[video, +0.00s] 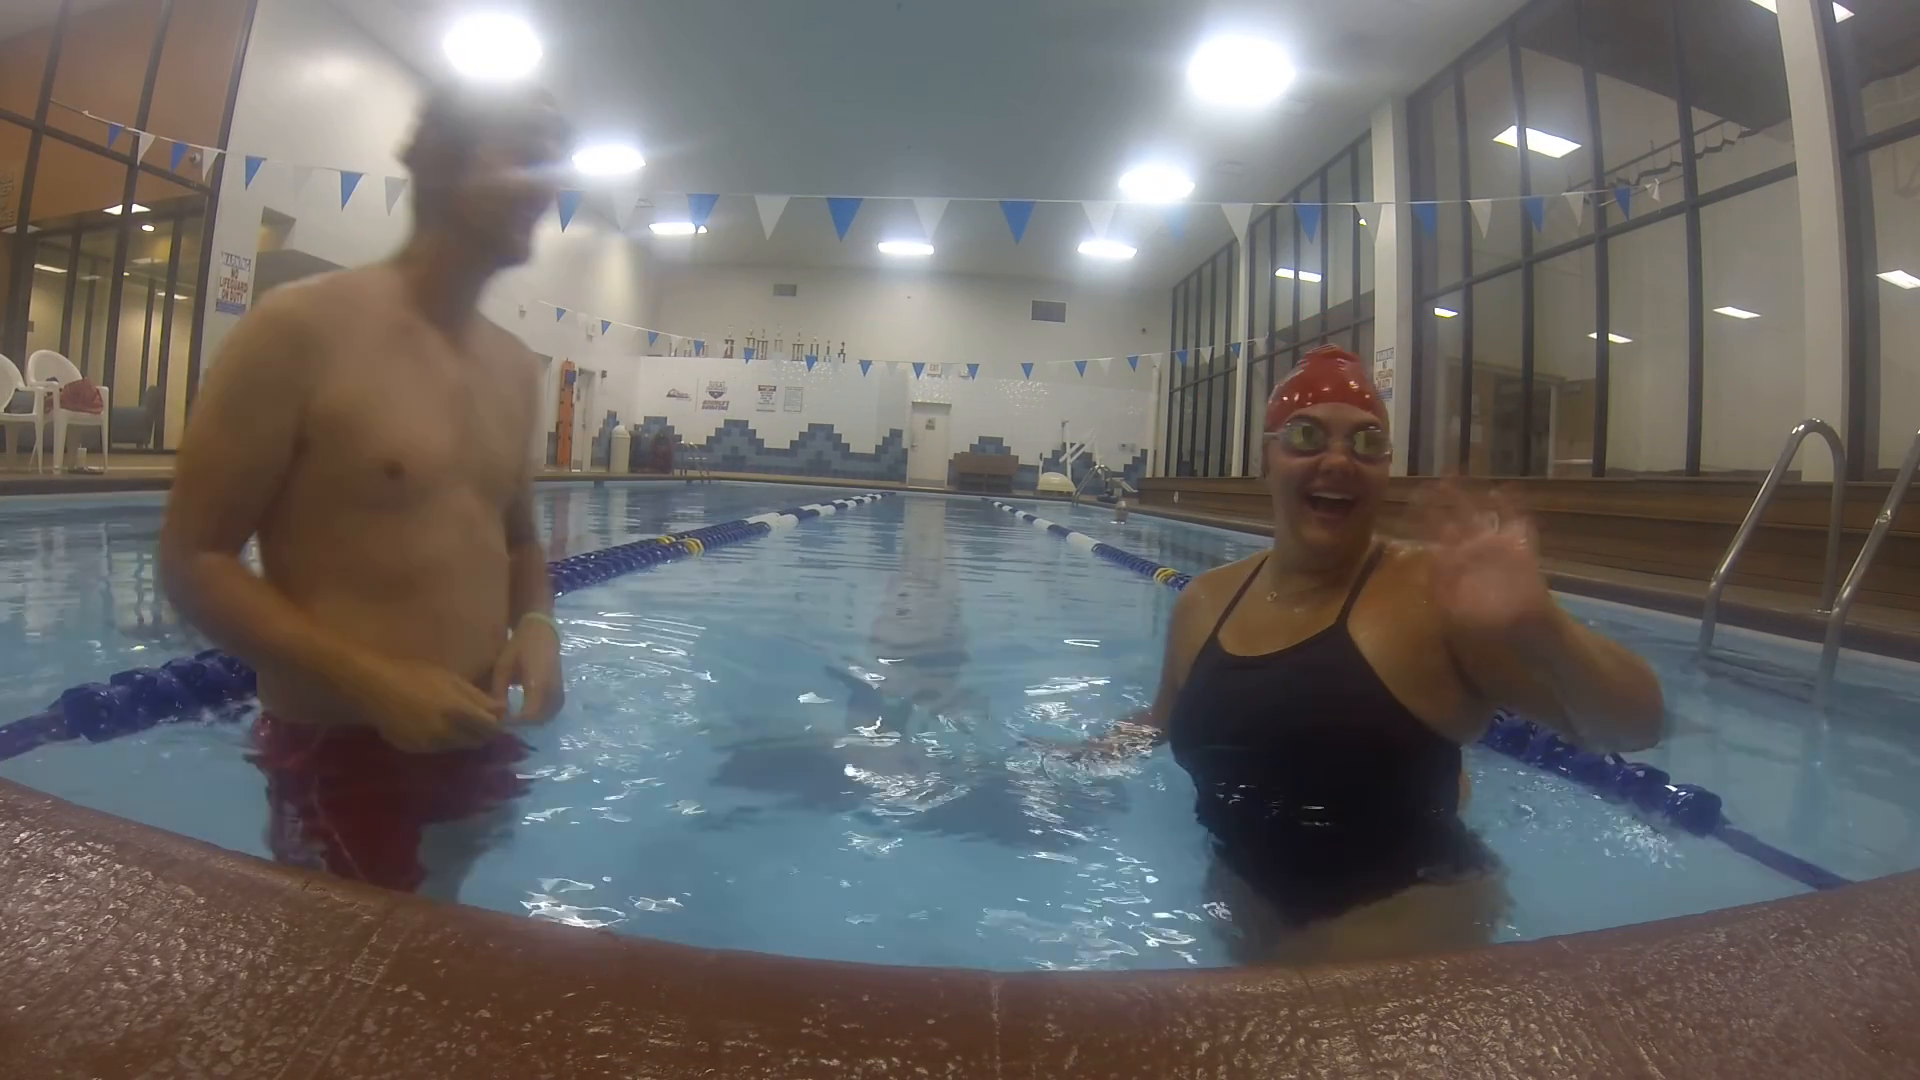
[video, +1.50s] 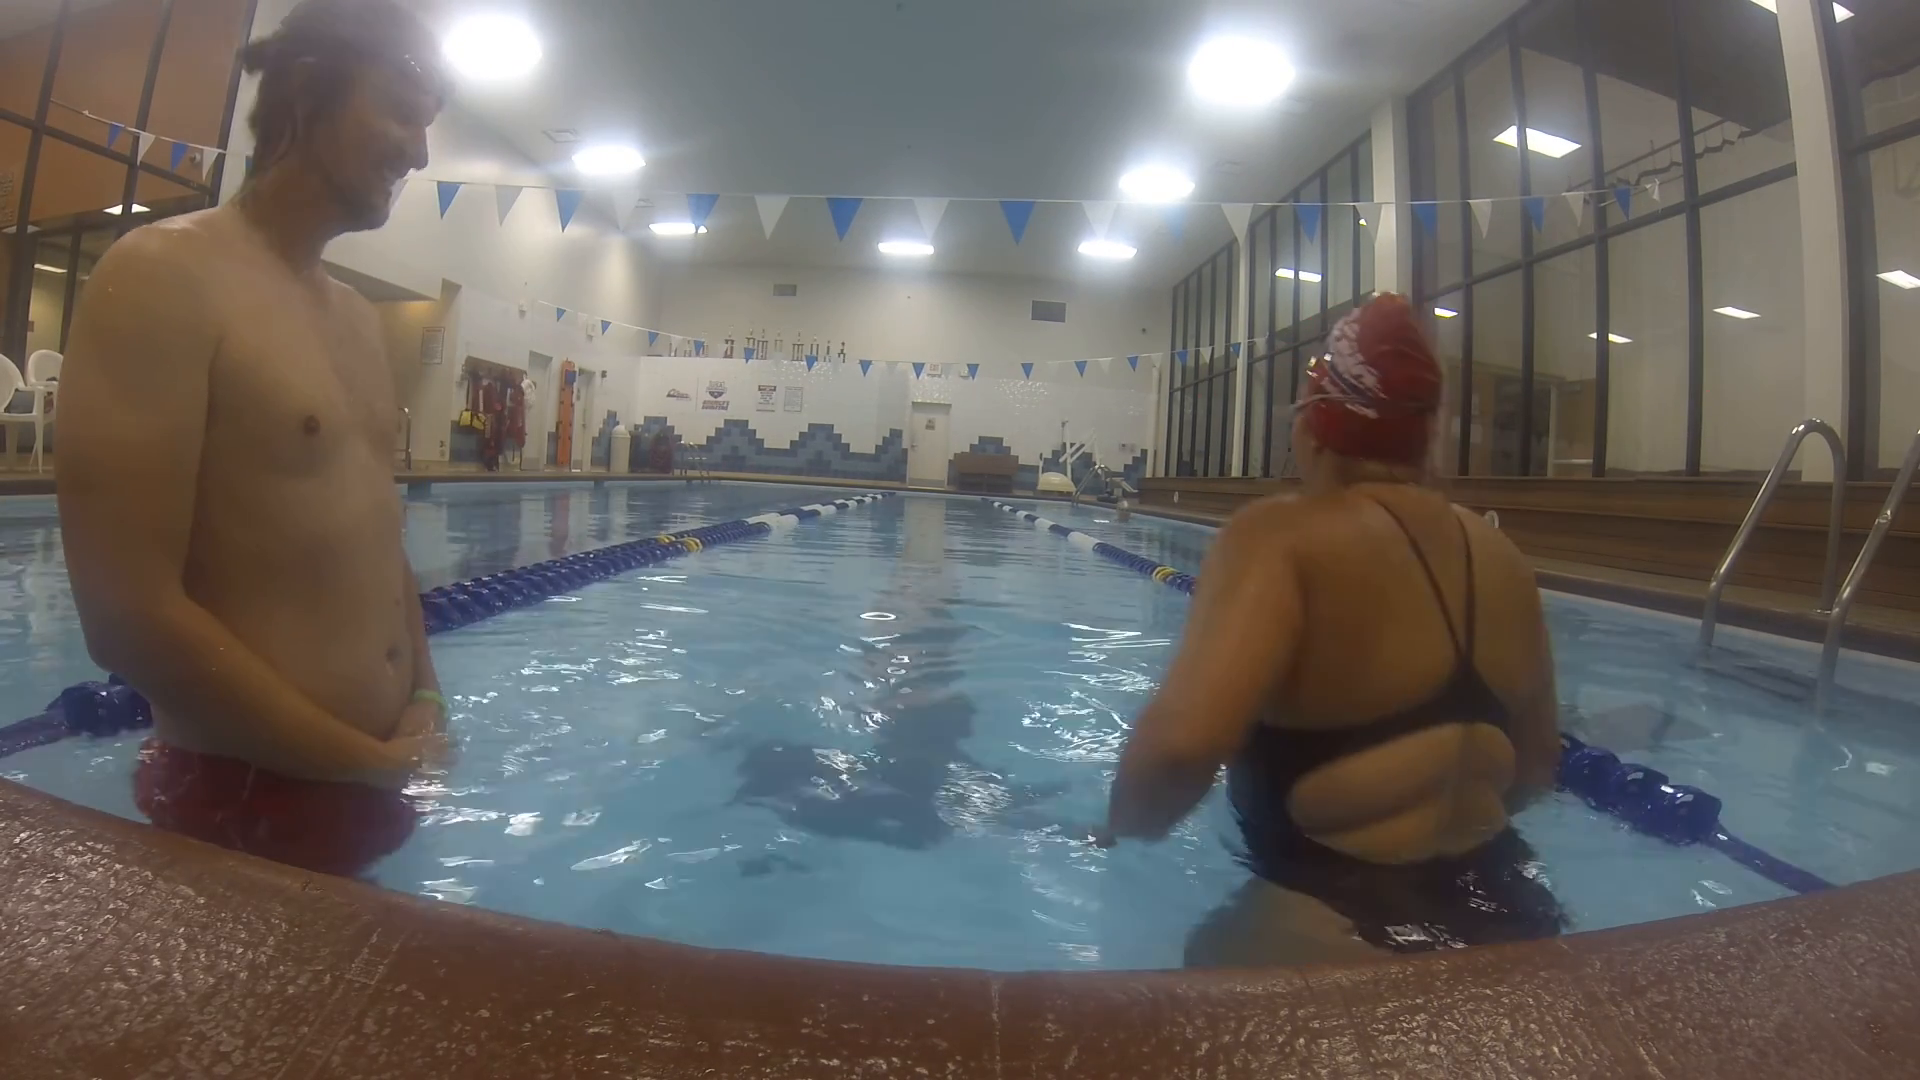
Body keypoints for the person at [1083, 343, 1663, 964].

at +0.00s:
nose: (1337, 464)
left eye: (1364, 444)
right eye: (1308, 439)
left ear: (1389, 468)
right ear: (1266, 461)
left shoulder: (1442, 594)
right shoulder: (1205, 602)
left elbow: (1639, 725)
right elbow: (1163, 725)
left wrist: (1535, 630)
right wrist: (1066, 767)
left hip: (1403, 949)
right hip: (1252, 935)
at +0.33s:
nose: (1353, 466)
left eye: (1385, 444)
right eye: (1326, 439)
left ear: (1414, 468)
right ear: (1292, 457)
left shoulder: (1461, 593)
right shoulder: (1245, 595)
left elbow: (1646, 760)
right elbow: (1240, 721)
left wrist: (1515, 638)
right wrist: (1124, 747)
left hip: (1424, 939)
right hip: (1266, 926)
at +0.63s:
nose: (1324, 465)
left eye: (1363, 444)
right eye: (1308, 440)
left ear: (1424, 471)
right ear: (1289, 458)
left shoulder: (1474, 594)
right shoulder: (1297, 591)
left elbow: (1635, 782)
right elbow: (1307, 727)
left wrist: (1425, 715)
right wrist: (1203, 739)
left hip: (1452, 962)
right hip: (1309, 949)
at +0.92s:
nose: (1281, 461)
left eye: (1299, 436)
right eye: (1289, 436)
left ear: (1370, 459)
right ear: (1374, 462)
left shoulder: (1426, 588)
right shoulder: (1430, 576)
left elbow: (1487, 850)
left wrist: (1249, 788)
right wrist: (1265, 780)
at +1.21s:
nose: (1306, 438)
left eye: (1317, 414)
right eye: (1315, 414)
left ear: (1351, 435)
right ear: (1445, 445)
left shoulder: (1338, 568)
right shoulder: (1515, 569)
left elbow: (1285, 806)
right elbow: (1536, 753)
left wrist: (1169, 797)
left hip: (1373, 947)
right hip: (1504, 927)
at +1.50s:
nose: (1294, 424)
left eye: (1301, 407)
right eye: (1303, 404)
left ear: (1311, 424)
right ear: (1424, 433)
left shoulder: (1278, 537)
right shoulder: (1496, 551)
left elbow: (1184, 741)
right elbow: (1534, 758)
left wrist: (1124, 833)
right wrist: (1444, 815)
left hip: (1333, 933)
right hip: (1503, 916)